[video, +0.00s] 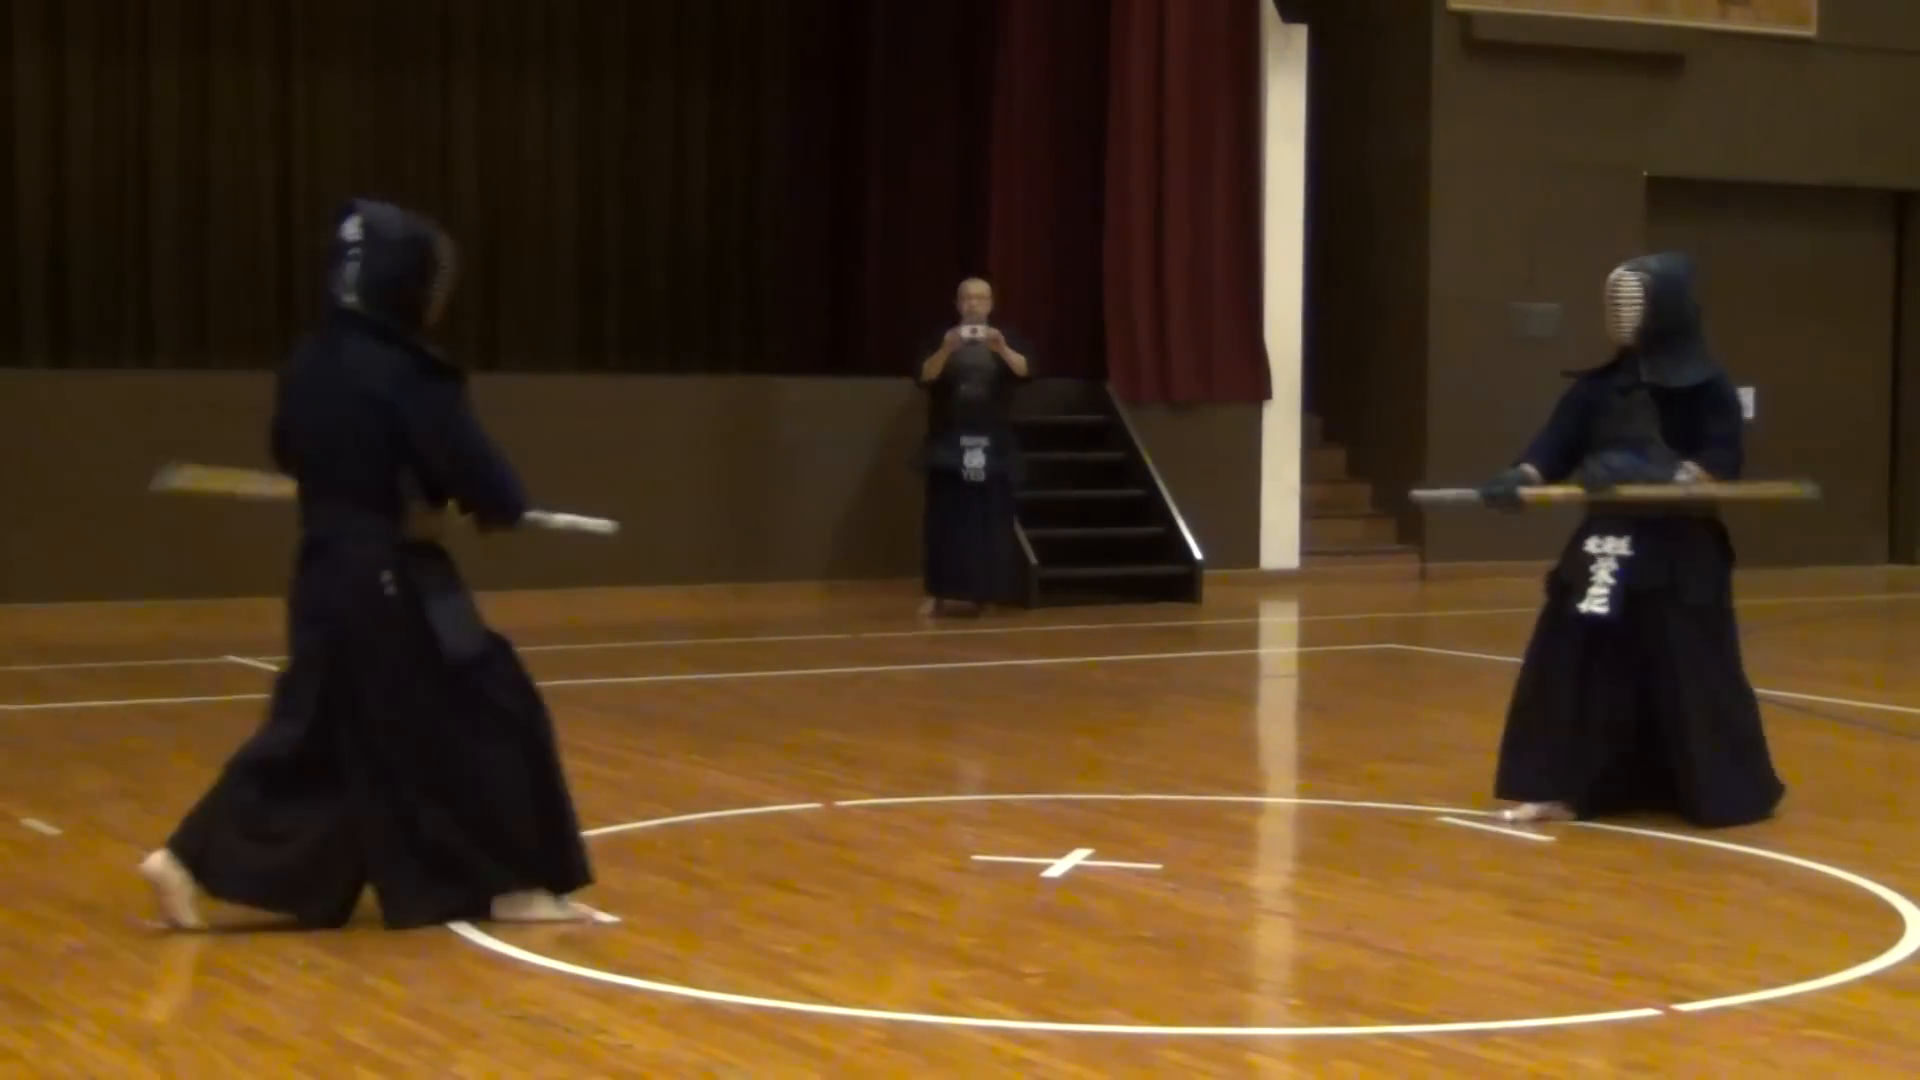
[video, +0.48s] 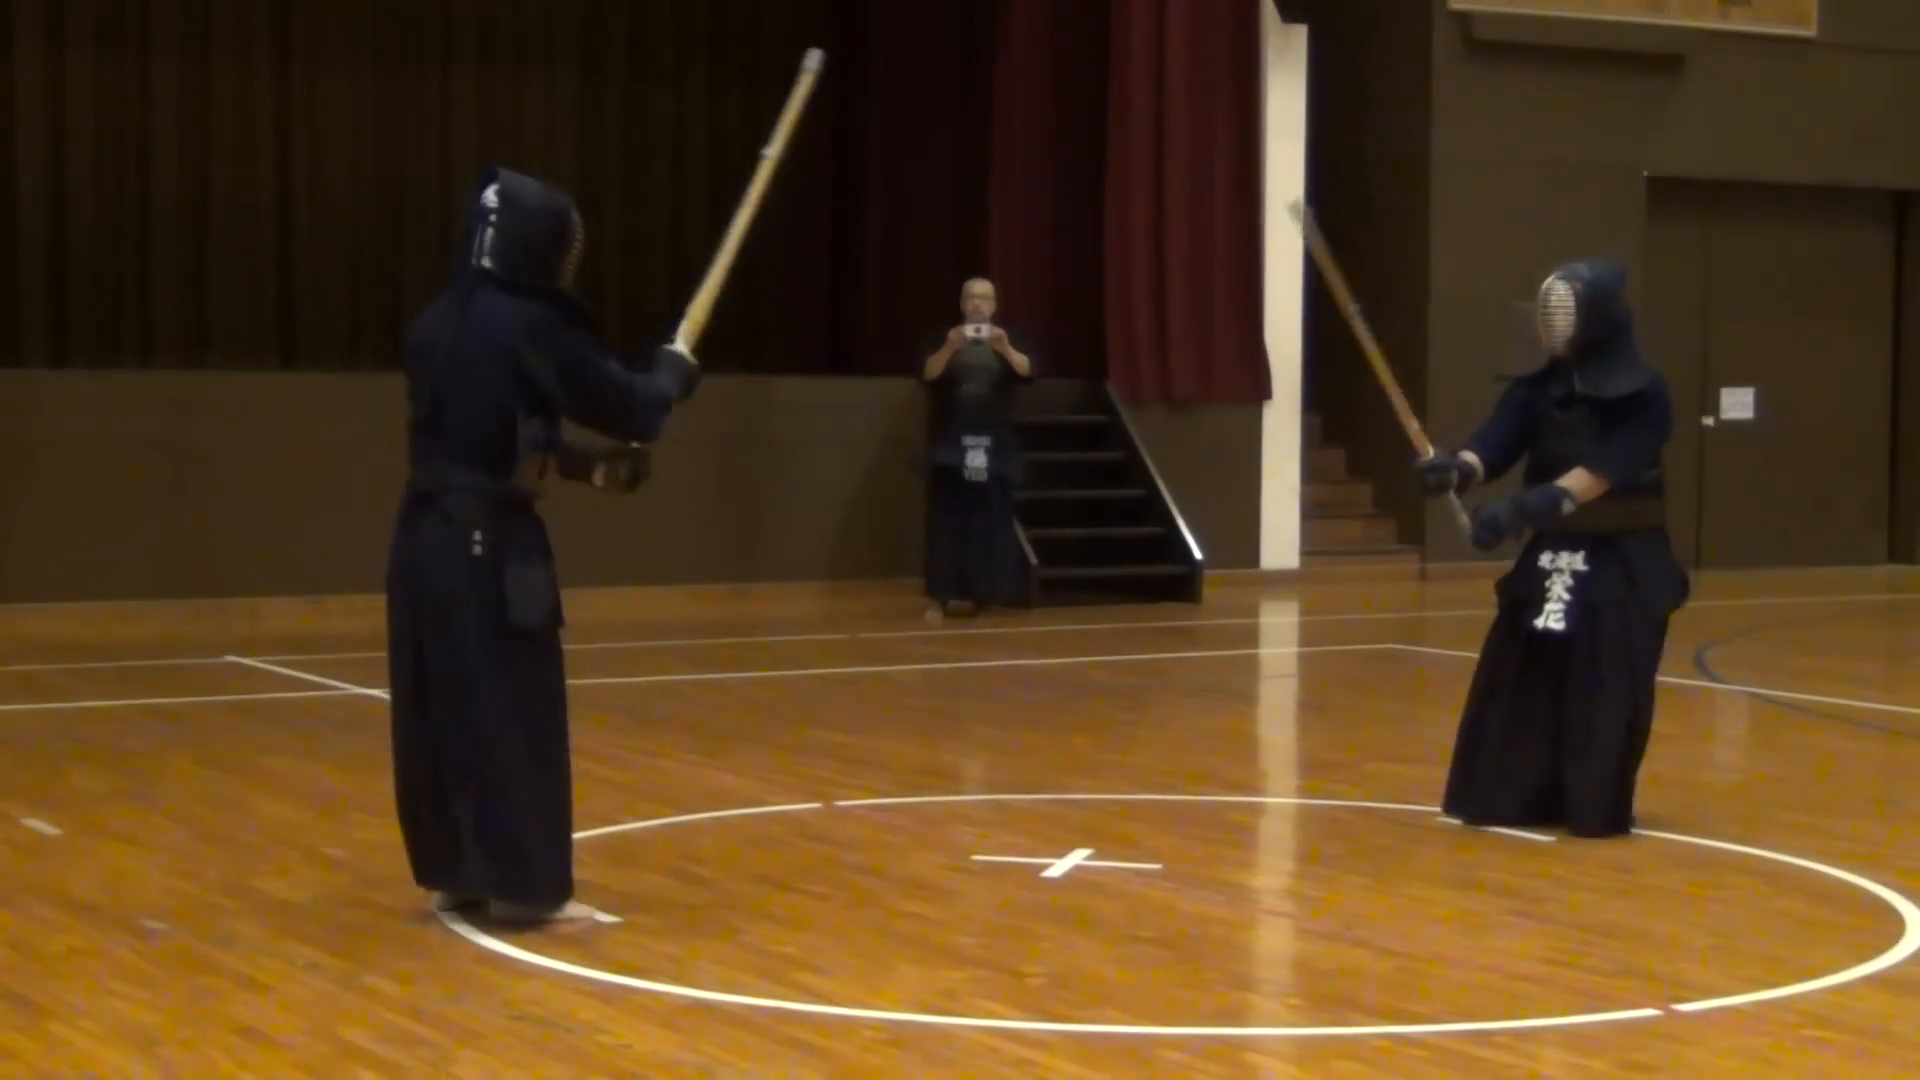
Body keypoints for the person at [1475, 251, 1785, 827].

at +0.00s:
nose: (1621, 315)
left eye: (1634, 304)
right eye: (1618, 303)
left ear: (1666, 309)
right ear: (1616, 308)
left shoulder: (1702, 384)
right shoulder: (1599, 385)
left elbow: (1723, 459)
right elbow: (1560, 443)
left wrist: (1660, 478)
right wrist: (1522, 474)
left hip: (1680, 538)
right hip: (1604, 535)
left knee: (1690, 656)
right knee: (1568, 650)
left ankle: (1728, 788)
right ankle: (1555, 789)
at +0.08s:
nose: (1596, 313)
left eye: (1608, 302)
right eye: (1592, 301)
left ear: (1643, 306)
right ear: (1589, 305)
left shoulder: (1681, 383)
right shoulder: (1577, 381)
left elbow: (1684, 467)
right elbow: (1527, 442)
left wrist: (1607, 450)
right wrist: (1490, 477)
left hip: (1659, 536)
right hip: (1585, 532)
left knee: (1662, 655)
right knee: (1553, 650)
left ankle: (1717, 784)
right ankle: (1541, 788)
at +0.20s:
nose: (1573, 308)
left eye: (1586, 296)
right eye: (1568, 296)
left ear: (1619, 299)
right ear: (1566, 301)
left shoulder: (1661, 376)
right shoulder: (1563, 370)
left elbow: (1642, 461)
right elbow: (1522, 435)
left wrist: (1560, 452)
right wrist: (1469, 470)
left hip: (1638, 536)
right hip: (1570, 533)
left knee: (1634, 659)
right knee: (1542, 651)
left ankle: (1655, 790)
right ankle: (1544, 786)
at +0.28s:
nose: (1560, 308)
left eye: (1572, 297)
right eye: (1557, 296)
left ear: (1608, 300)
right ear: (1555, 300)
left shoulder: (1652, 378)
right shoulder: (1546, 374)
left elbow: (1629, 457)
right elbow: (1500, 437)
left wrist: (1548, 469)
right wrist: (1459, 469)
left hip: (1631, 539)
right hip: (1560, 536)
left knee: (1618, 664)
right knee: (1533, 655)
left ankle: (1615, 798)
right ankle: (1529, 792)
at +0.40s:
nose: (1553, 315)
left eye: (1566, 304)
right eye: (1551, 303)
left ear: (1600, 308)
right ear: (1551, 307)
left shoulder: (1645, 385)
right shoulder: (1541, 379)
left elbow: (1612, 461)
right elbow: (1499, 430)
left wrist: (1530, 493)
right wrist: (1462, 462)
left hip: (1624, 550)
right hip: (1553, 544)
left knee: (1605, 676)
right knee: (1520, 663)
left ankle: (1596, 806)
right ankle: (1499, 795)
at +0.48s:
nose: (1551, 323)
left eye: (1563, 312)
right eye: (1547, 311)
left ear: (1598, 316)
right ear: (1546, 315)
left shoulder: (1641, 393)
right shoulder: (1539, 387)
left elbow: (1605, 471)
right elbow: (1497, 440)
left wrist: (1522, 509)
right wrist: (1462, 465)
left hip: (1622, 558)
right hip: (1551, 552)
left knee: (1603, 680)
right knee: (1518, 668)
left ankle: (1594, 809)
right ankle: (1506, 799)